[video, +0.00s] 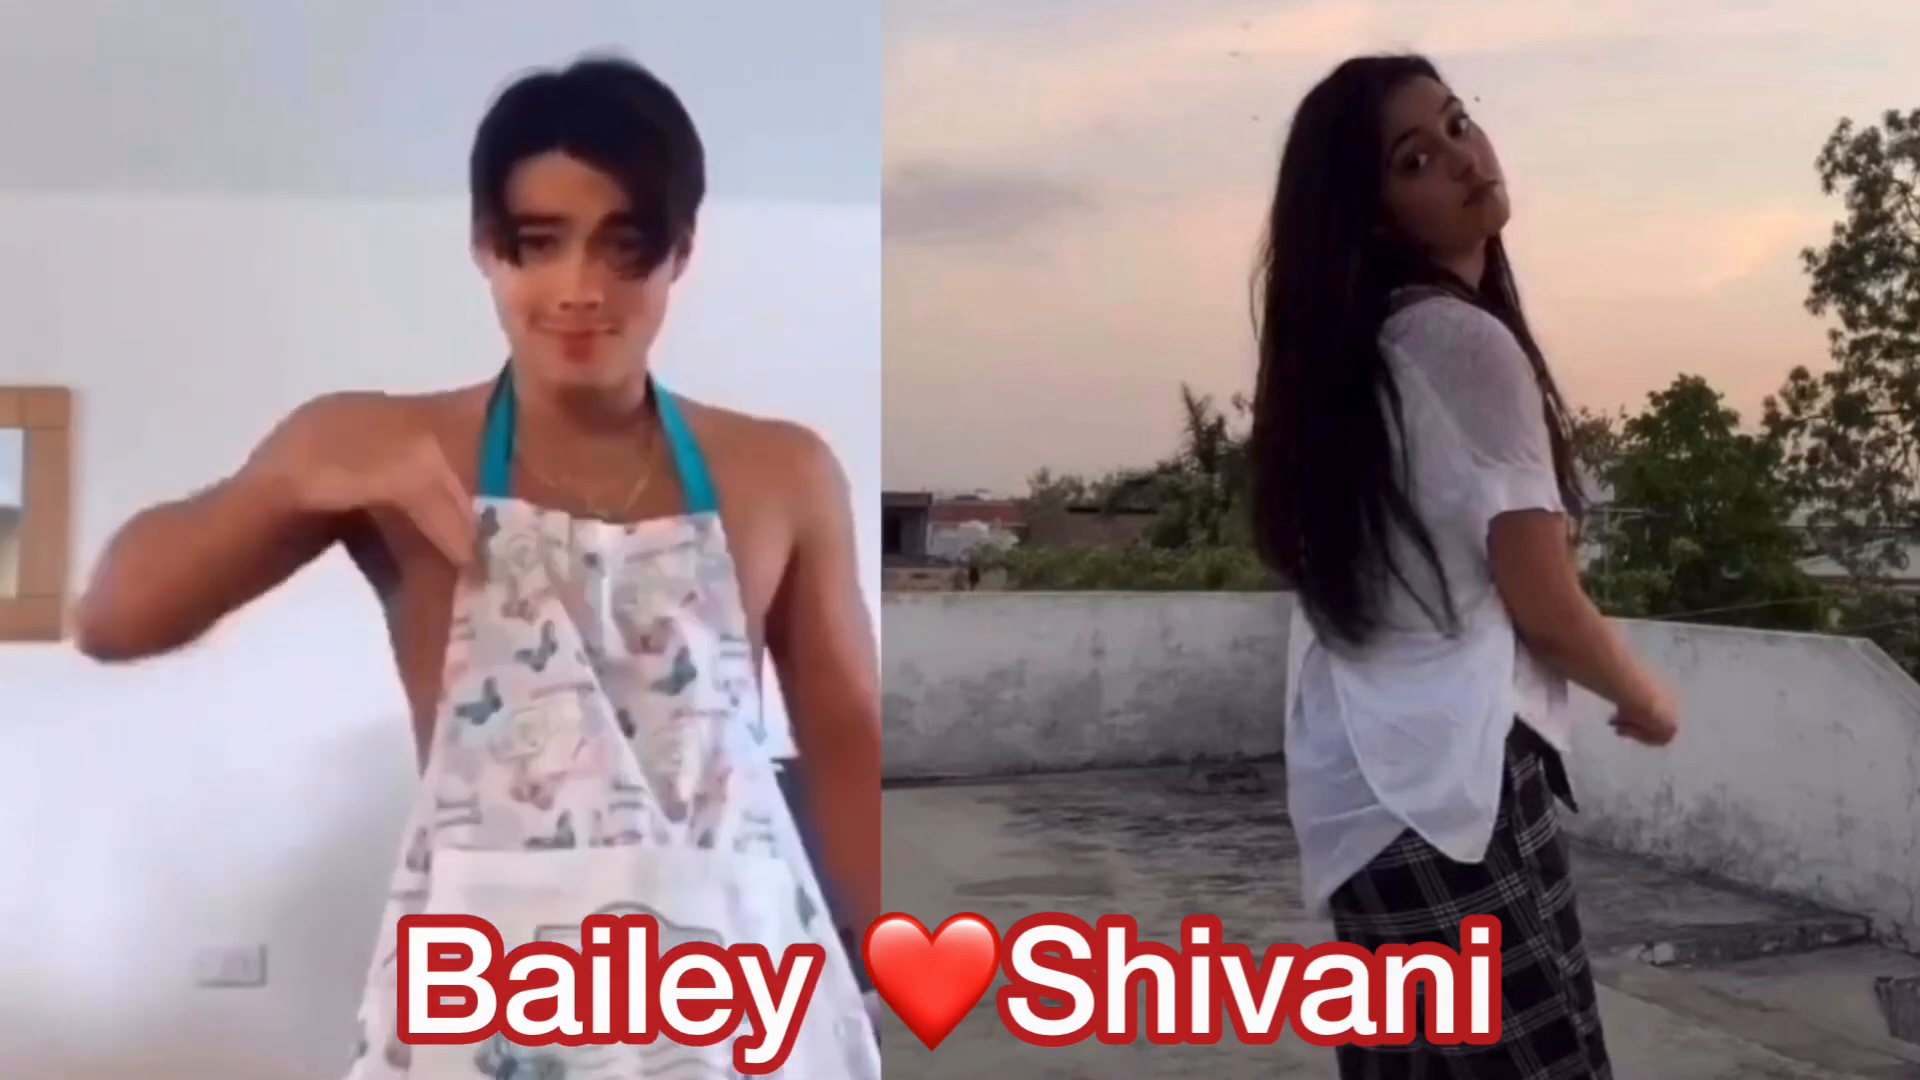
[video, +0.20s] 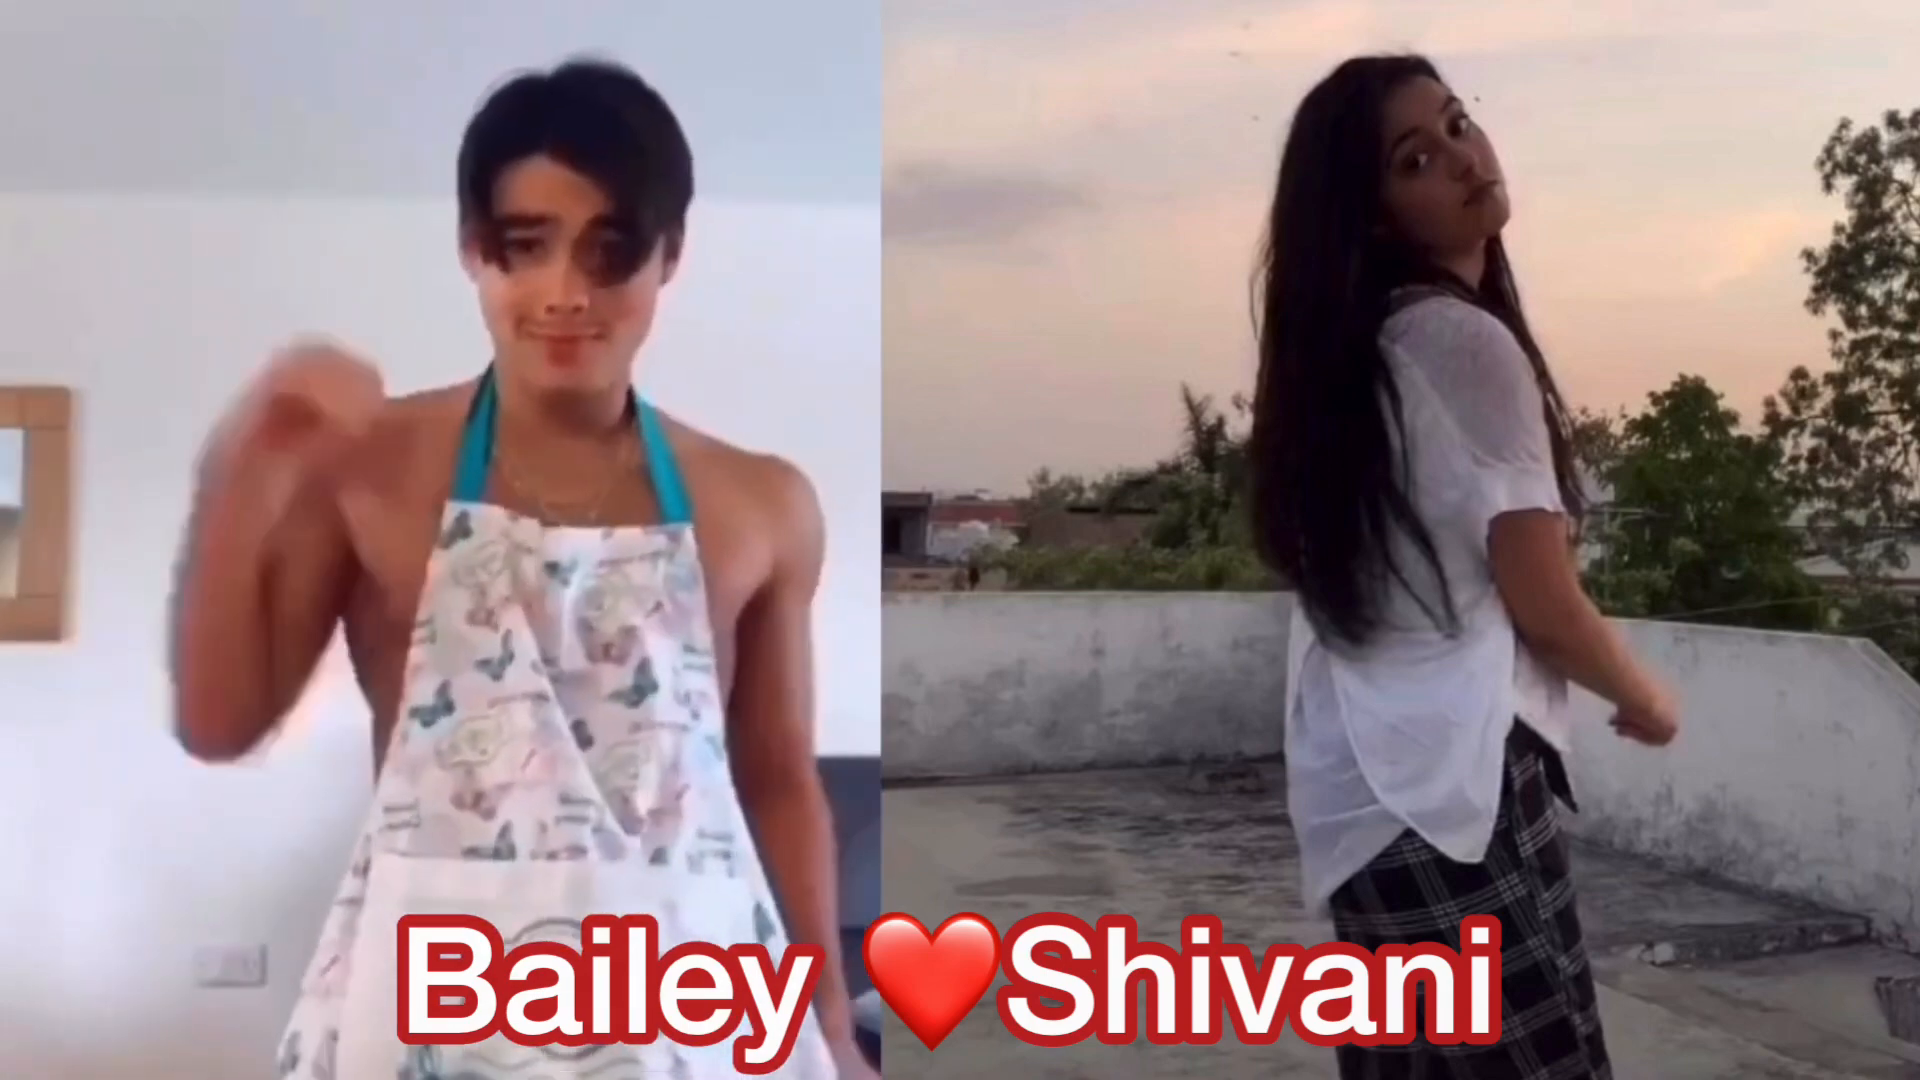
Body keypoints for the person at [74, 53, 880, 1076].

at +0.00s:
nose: (578, 291)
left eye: (624, 246)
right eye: (533, 245)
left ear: (682, 258)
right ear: (486, 255)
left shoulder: (784, 474)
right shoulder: (384, 453)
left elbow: (845, 759)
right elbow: (110, 621)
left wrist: (861, 990)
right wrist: (295, 476)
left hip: (745, 983)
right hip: (488, 996)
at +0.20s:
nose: (563, 291)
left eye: (609, 247)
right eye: (523, 245)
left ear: (669, 260)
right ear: (473, 256)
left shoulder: (761, 507)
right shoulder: (362, 466)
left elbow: (780, 780)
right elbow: (219, 723)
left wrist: (830, 1022)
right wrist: (243, 470)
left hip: (690, 1001)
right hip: (432, 996)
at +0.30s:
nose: (550, 281)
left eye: (597, 237)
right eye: (506, 231)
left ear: (657, 243)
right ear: (458, 234)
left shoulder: (746, 483)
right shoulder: (347, 410)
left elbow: (775, 757)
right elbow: (75, 455)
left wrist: (808, 1009)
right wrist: (194, 191)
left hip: (667, 1001)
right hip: (403, 999)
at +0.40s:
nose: (529, 276)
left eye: (577, 234)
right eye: (487, 226)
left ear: (632, 237)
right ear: (435, 226)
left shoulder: (722, 475)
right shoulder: (326, 399)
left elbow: (760, 746)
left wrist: (798, 995)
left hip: (653, 1006)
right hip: (379, 1000)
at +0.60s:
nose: (490, 268)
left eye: (538, 223)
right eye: (445, 219)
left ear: (595, 230)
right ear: (393, 220)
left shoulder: (695, 463)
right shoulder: (310, 390)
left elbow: (740, 737)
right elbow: (160, 98)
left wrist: (784, 1000)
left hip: (637, 982)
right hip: (373, 979)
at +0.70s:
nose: (480, 253)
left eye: (527, 207)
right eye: (435, 204)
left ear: (587, 214)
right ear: (385, 209)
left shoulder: (686, 446)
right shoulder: (304, 379)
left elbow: (737, 726)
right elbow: (149, 78)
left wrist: (787, 1000)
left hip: (633, 977)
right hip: (367, 972)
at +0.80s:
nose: (474, 262)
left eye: (522, 214)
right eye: (426, 212)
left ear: (583, 221)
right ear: (379, 219)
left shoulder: (677, 465)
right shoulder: (292, 377)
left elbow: (737, 746)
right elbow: (129, 79)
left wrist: (793, 1021)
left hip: (619, 984)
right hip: (353, 976)